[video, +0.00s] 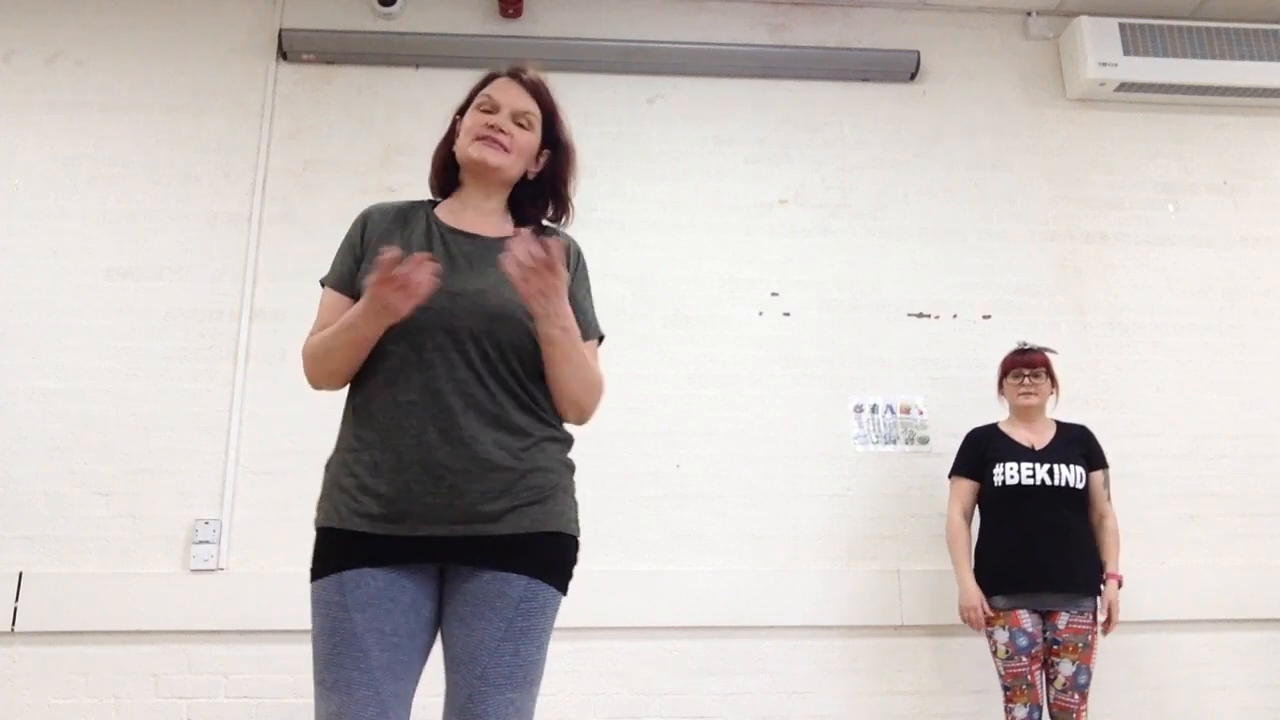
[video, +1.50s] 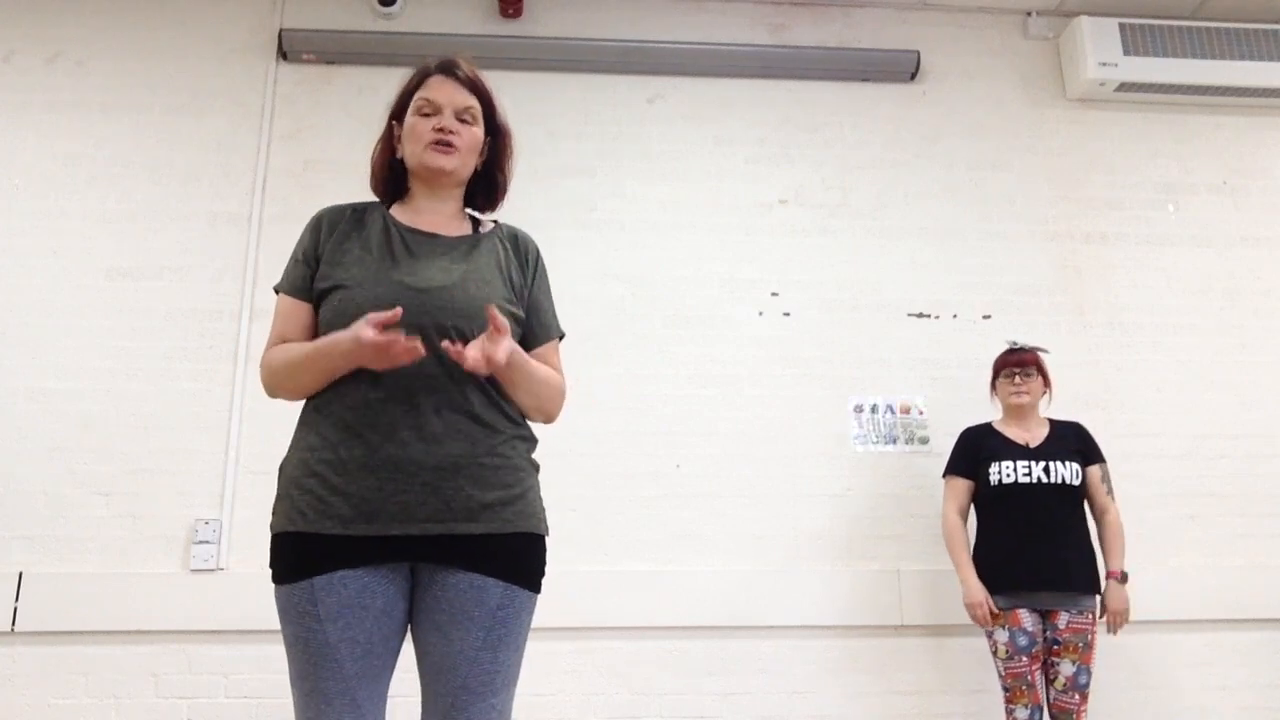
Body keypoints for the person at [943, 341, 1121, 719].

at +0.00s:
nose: (1027, 382)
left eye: (1037, 375)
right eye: (1017, 376)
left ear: (1052, 386)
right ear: (1002, 387)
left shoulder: (1080, 439)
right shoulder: (981, 441)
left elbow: (1103, 516)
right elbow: (958, 516)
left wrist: (1112, 579)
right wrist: (966, 584)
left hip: (1075, 598)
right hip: (1007, 599)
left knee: (1070, 709)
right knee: (1023, 710)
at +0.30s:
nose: (1022, 384)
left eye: (1031, 377)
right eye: (1012, 378)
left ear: (1047, 387)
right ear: (998, 389)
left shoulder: (1074, 438)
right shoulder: (978, 442)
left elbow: (1113, 513)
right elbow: (956, 518)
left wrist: (1098, 481)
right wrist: (976, 581)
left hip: (1072, 596)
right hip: (1006, 598)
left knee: (1069, 709)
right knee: (1022, 710)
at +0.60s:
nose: (1024, 386)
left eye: (1035, 379)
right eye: (1014, 380)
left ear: (1049, 389)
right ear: (1000, 390)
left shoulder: (1073, 438)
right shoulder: (978, 441)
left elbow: (1108, 489)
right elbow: (953, 516)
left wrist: (1065, 429)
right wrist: (968, 583)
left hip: (1071, 596)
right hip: (1006, 597)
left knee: (1069, 708)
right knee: (1023, 710)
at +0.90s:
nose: (1022, 385)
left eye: (1032, 378)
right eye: (1012, 379)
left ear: (1048, 389)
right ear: (999, 390)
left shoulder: (1075, 440)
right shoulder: (978, 441)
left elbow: (1109, 499)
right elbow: (952, 515)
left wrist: (1076, 434)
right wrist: (959, 582)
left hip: (1071, 595)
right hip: (1004, 597)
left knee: (1068, 708)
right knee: (1023, 709)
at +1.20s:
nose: (1015, 381)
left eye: (1025, 374)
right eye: (1006, 376)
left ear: (1044, 385)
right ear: (995, 388)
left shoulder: (1075, 436)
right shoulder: (975, 441)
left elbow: (1105, 500)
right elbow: (953, 516)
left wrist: (1111, 534)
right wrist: (967, 581)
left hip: (1071, 595)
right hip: (1005, 597)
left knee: (1068, 708)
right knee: (1021, 709)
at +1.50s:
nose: (1018, 381)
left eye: (1027, 374)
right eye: (1008, 375)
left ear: (1045, 385)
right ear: (995, 387)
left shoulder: (1074, 436)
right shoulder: (975, 441)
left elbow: (1106, 511)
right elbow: (953, 516)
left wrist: (1116, 579)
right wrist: (969, 583)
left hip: (1075, 598)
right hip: (1007, 600)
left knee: (1070, 709)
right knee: (1024, 710)